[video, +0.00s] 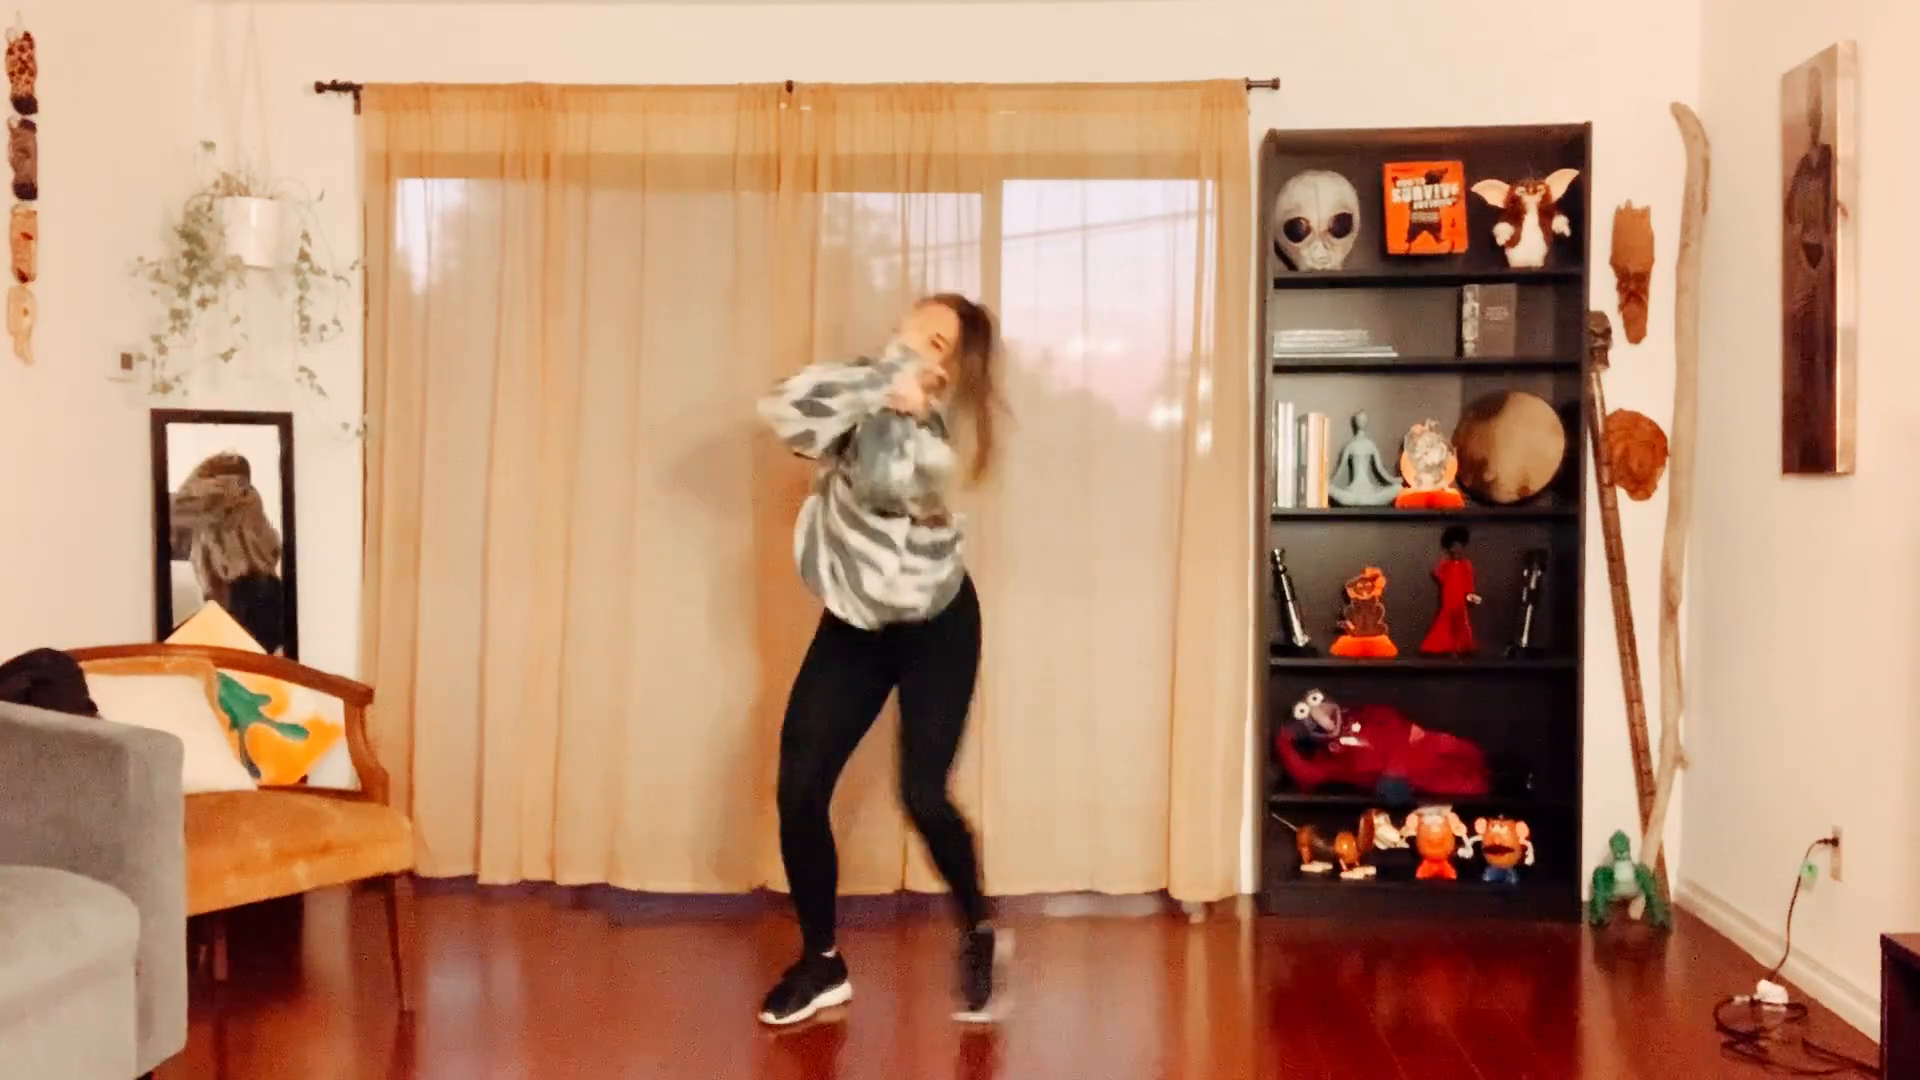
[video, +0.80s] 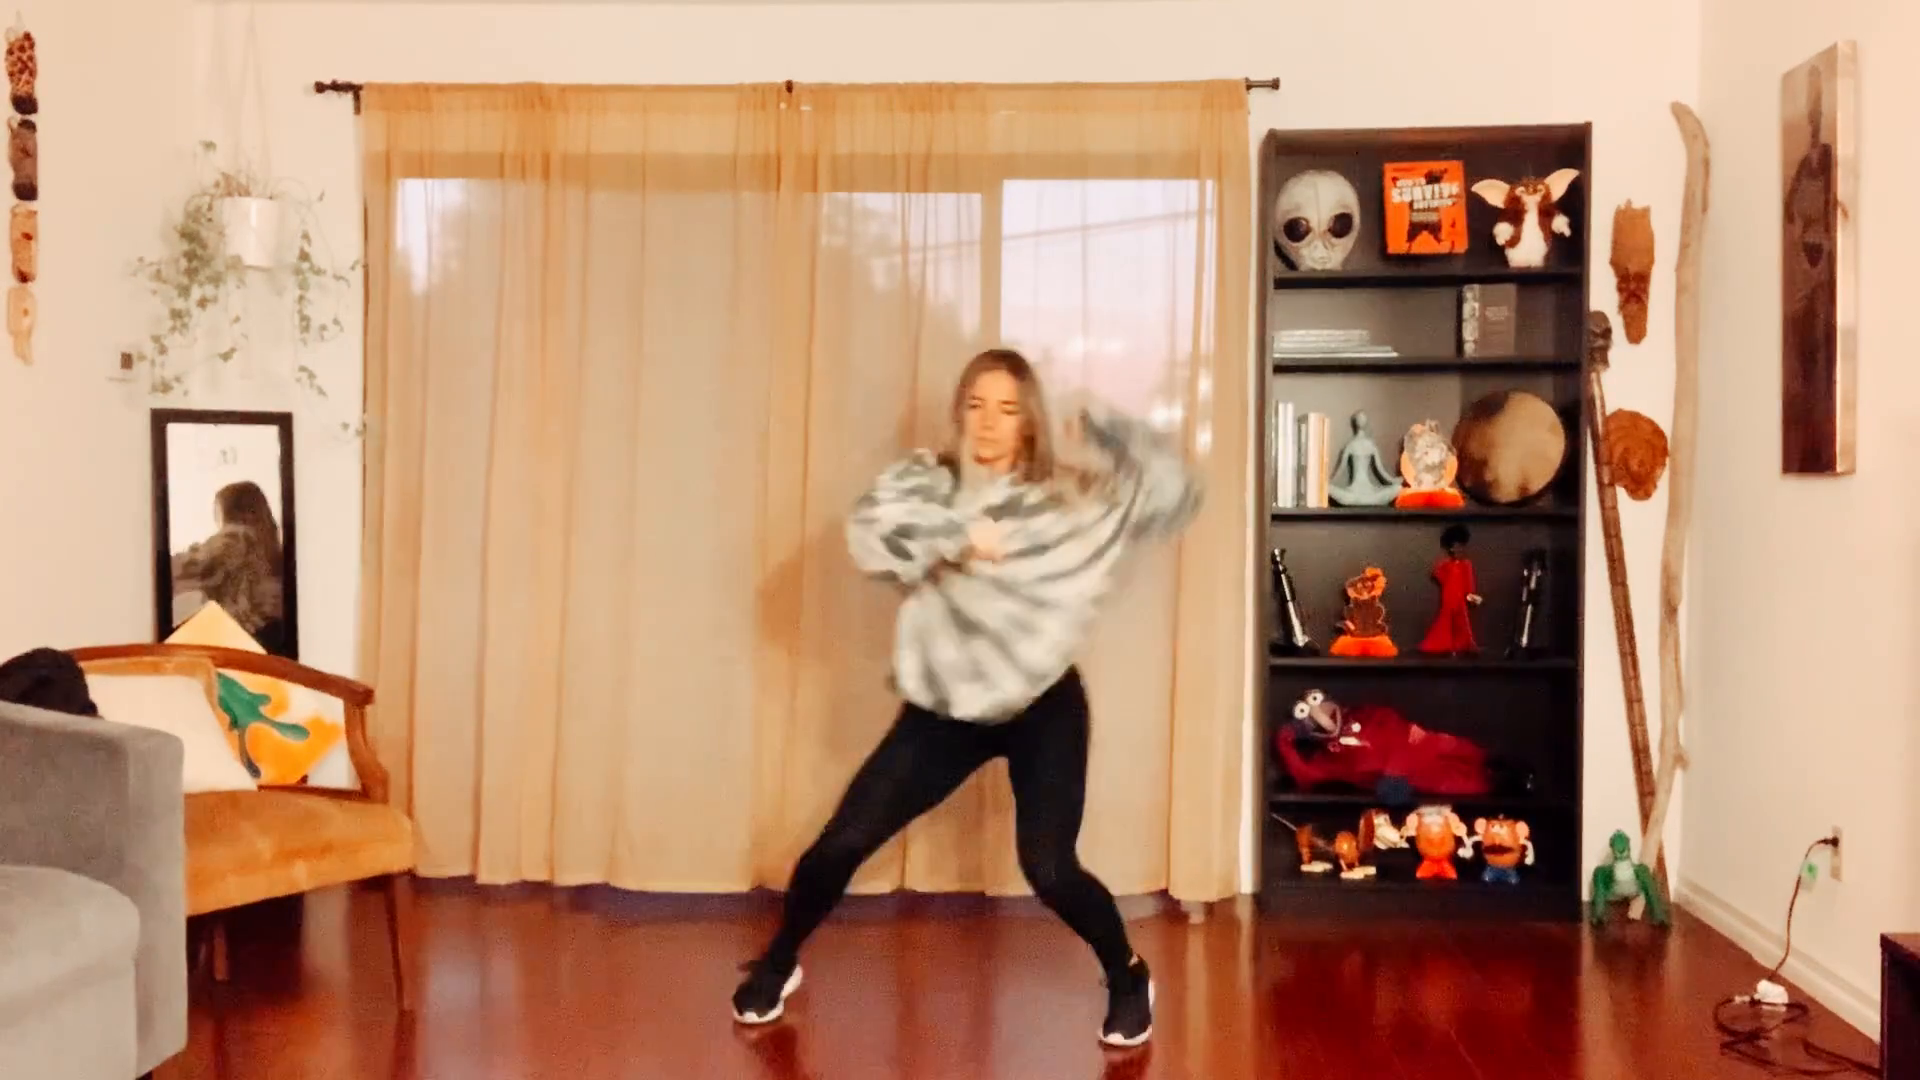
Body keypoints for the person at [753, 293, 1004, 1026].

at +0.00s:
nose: (914, 345)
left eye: (936, 341)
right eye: (912, 331)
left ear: (956, 368)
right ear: (895, 332)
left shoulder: (944, 443)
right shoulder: (852, 394)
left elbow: (910, 478)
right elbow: (780, 411)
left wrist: (894, 410)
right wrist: (878, 384)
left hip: (938, 624)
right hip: (855, 623)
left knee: (924, 796)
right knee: (799, 788)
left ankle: (979, 934)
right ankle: (821, 962)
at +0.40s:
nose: (871, 359)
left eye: (891, 350)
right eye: (865, 342)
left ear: (920, 364)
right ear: (847, 346)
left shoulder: (946, 440)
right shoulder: (827, 427)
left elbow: (935, 506)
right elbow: (774, 442)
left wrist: (885, 428)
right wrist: (857, 397)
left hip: (949, 640)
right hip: (862, 645)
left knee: (997, 808)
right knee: (774, 795)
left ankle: (1021, 967)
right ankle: (832, 970)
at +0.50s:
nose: (892, 390)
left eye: (912, 382)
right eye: (884, 372)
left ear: (939, 398)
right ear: (864, 380)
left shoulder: (965, 483)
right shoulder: (841, 460)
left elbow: (955, 572)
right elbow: (787, 475)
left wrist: (899, 463)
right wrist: (870, 429)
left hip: (966, 677)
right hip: (869, 682)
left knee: (1080, 808)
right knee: (749, 806)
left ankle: (1063, 982)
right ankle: (828, 972)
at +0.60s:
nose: (923, 412)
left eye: (942, 402)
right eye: (911, 397)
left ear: (965, 419)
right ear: (892, 407)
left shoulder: (986, 500)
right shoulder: (864, 487)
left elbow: (991, 612)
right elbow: (815, 502)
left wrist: (985, 499)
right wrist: (889, 462)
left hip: (991, 699)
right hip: (887, 703)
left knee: (1116, 819)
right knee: (758, 811)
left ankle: (1069, 981)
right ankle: (827, 971)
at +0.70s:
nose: (950, 421)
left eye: (969, 411)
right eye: (939, 406)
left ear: (992, 425)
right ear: (921, 413)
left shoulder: (1029, 517)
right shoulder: (889, 489)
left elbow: (1084, 601)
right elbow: (845, 542)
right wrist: (913, 492)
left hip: (1011, 704)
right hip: (909, 706)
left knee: (1099, 845)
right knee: (799, 831)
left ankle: (1099, 974)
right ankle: (798, 962)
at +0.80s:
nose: (987, 422)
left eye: (1005, 409)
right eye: (975, 407)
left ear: (1029, 421)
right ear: (957, 415)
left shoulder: (1078, 502)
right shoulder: (925, 483)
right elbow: (870, 536)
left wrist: (1111, 430)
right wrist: (956, 538)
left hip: (1044, 702)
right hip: (946, 704)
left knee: (1049, 868)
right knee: (839, 847)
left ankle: (1125, 977)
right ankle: (778, 962)